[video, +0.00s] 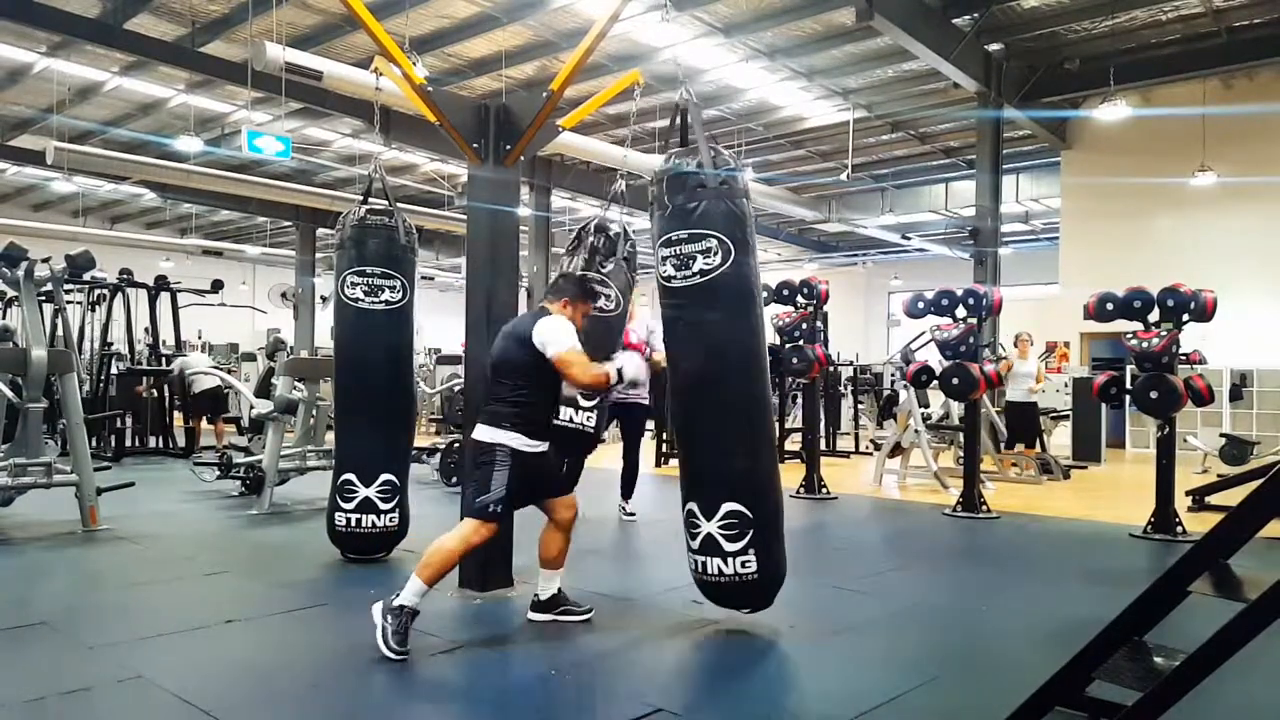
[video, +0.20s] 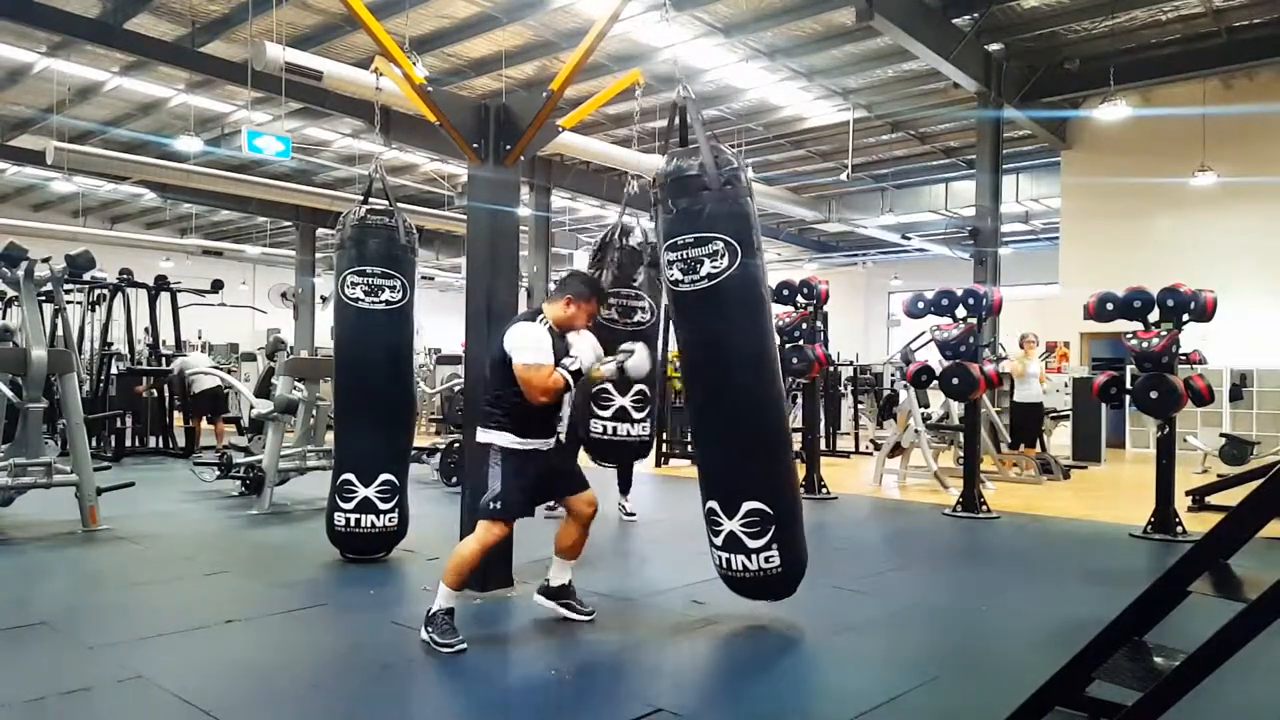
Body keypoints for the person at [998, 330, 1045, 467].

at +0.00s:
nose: (1024, 343)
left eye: (1027, 341)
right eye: (1021, 341)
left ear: (1031, 344)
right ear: (1016, 343)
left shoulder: (1035, 362)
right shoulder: (1010, 359)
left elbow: (1041, 381)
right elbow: (1000, 373)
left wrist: (1036, 387)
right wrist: (1005, 365)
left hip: (1030, 401)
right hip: (1013, 400)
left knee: (1032, 437)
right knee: (1012, 436)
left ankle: (1028, 468)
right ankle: (1006, 468)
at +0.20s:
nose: (1031, 345)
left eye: (1033, 342)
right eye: (1028, 342)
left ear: (1037, 344)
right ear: (1022, 345)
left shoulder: (1038, 362)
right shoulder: (1017, 361)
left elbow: (1042, 379)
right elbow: (1015, 373)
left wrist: (1043, 381)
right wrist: (1023, 360)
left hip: (1036, 398)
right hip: (1020, 399)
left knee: (1033, 437)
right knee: (1017, 437)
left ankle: (1028, 468)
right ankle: (1008, 467)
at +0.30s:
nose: (1036, 347)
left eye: (1038, 344)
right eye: (1033, 343)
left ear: (1039, 345)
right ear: (1027, 344)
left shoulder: (1035, 360)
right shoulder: (1020, 361)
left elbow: (1036, 382)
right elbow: (1034, 372)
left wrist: (1046, 390)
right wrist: (1035, 358)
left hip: (1038, 400)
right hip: (1025, 401)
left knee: (1033, 437)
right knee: (1021, 436)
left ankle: (1029, 468)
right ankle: (1010, 467)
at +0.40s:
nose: (1042, 349)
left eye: (1044, 346)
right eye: (1040, 345)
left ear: (1043, 347)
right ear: (1032, 345)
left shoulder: (1039, 360)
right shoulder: (1024, 361)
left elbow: (1038, 382)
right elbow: (1039, 373)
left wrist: (1048, 391)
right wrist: (1041, 358)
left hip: (1040, 400)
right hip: (1030, 401)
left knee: (1035, 434)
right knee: (1031, 435)